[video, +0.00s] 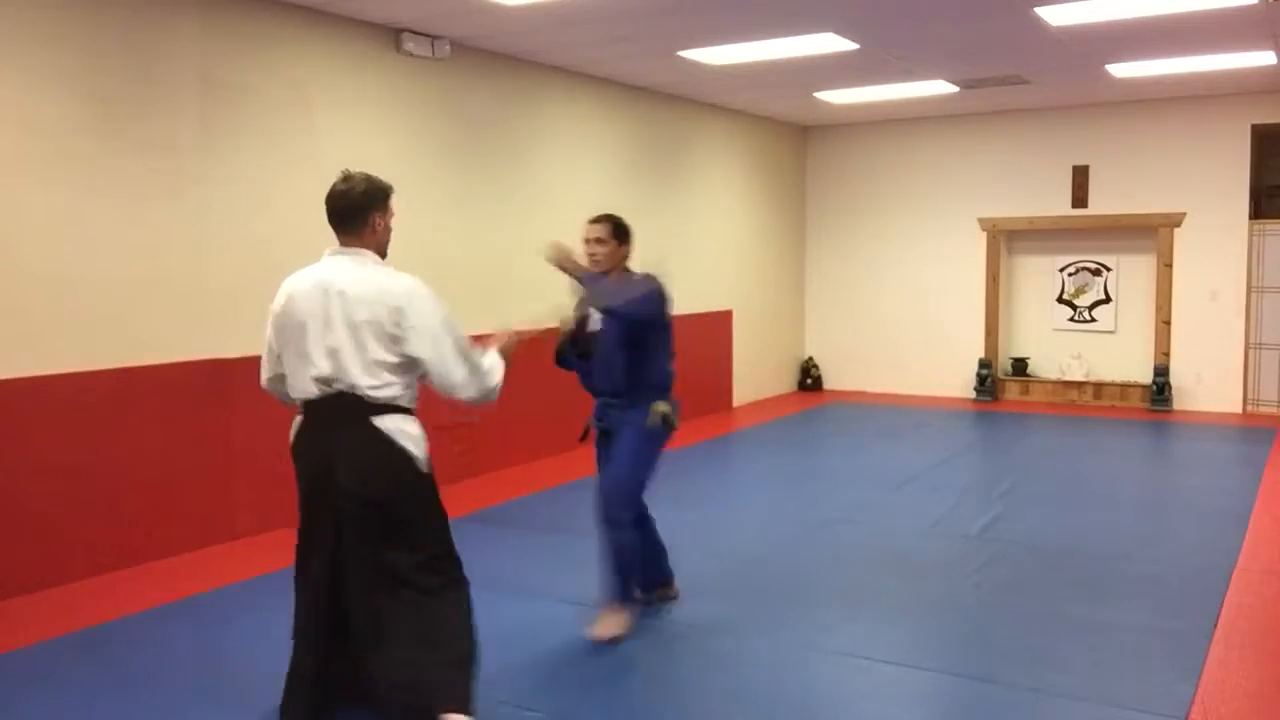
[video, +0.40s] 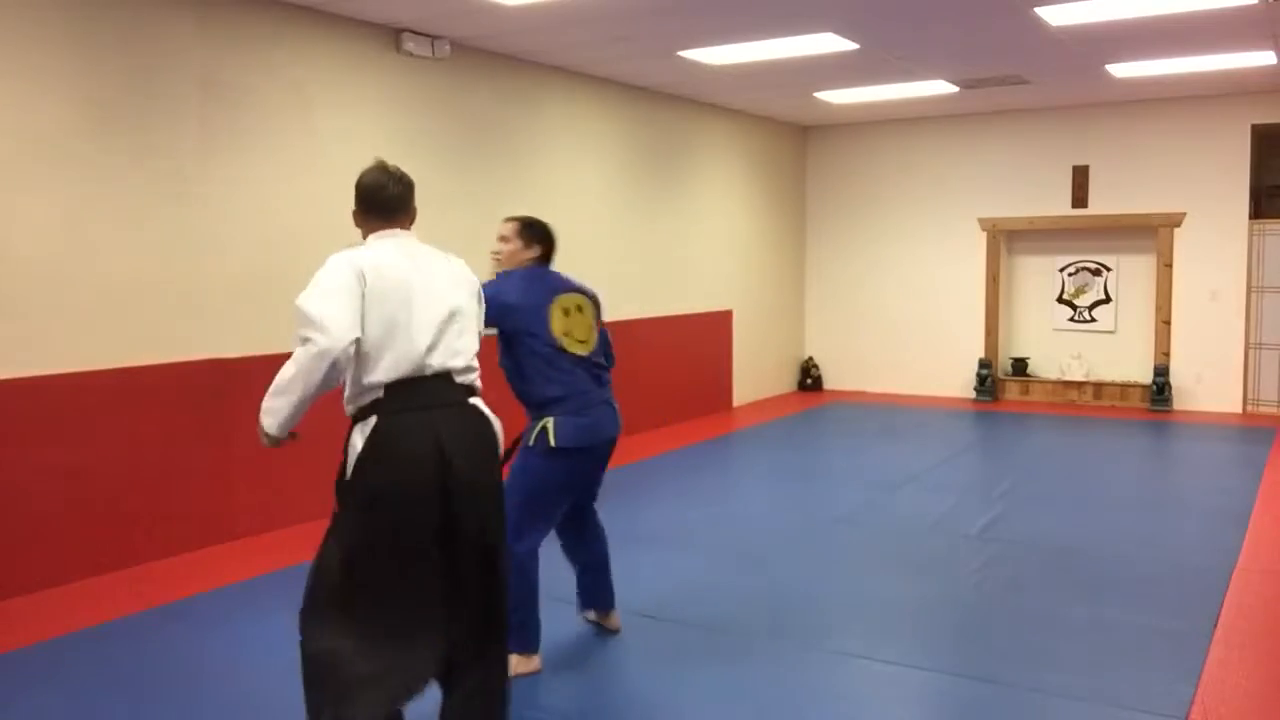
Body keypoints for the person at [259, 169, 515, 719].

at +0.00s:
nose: (393, 226)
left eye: (391, 216)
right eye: (390, 218)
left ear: (334, 225)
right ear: (376, 222)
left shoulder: (293, 290)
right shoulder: (401, 291)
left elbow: (275, 379)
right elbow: (463, 381)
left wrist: (323, 400)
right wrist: (494, 355)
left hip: (317, 445)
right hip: (387, 444)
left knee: (324, 576)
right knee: (431, 574)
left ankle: (315, 706)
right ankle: (449, 704)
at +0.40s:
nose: (357, 217)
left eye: (356, 211)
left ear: (356, 214)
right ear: (413, 213)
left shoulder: (347, 267)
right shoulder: (457, 269)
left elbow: (330, 341)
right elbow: (467, 341)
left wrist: (275, 417)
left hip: (392, 441)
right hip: (470, 433)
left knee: (354, 593)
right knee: (474, 588)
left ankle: (364, 705)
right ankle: (476, 705)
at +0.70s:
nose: (388, 282)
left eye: (388, 274)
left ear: (389, 278)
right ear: (443, 278)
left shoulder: (384, 325)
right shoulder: (477, 330)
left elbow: (328, 405)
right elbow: (505, 412)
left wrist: (274, 471)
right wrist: (417, 476)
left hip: (447, 480)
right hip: (517, 474)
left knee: (379, 619)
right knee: (501, 617)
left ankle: (367, 705)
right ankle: (505, 706)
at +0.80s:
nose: (409, 276)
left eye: (409, 269)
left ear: (410, 272)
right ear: (463, 270)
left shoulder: (401, 329)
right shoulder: (504, 326)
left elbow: (352, 421)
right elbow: (539, 406)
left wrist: (323, 490)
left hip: (470, 482)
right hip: (537, 471)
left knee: (395, 623)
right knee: (534, 612)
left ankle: (375, 708)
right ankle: (580, 708)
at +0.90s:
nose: (435, 260)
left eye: (433, 252)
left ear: (435, 254)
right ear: (487, 250)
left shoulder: (427, 316)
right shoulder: (535, 308)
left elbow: (395, 419)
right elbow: (569, 396)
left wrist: (377, 489)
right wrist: (610, 441)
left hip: (497, 473)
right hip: (565, 462)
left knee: (433, 613)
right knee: (568, 607)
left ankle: (403, 708)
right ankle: (577, 709)